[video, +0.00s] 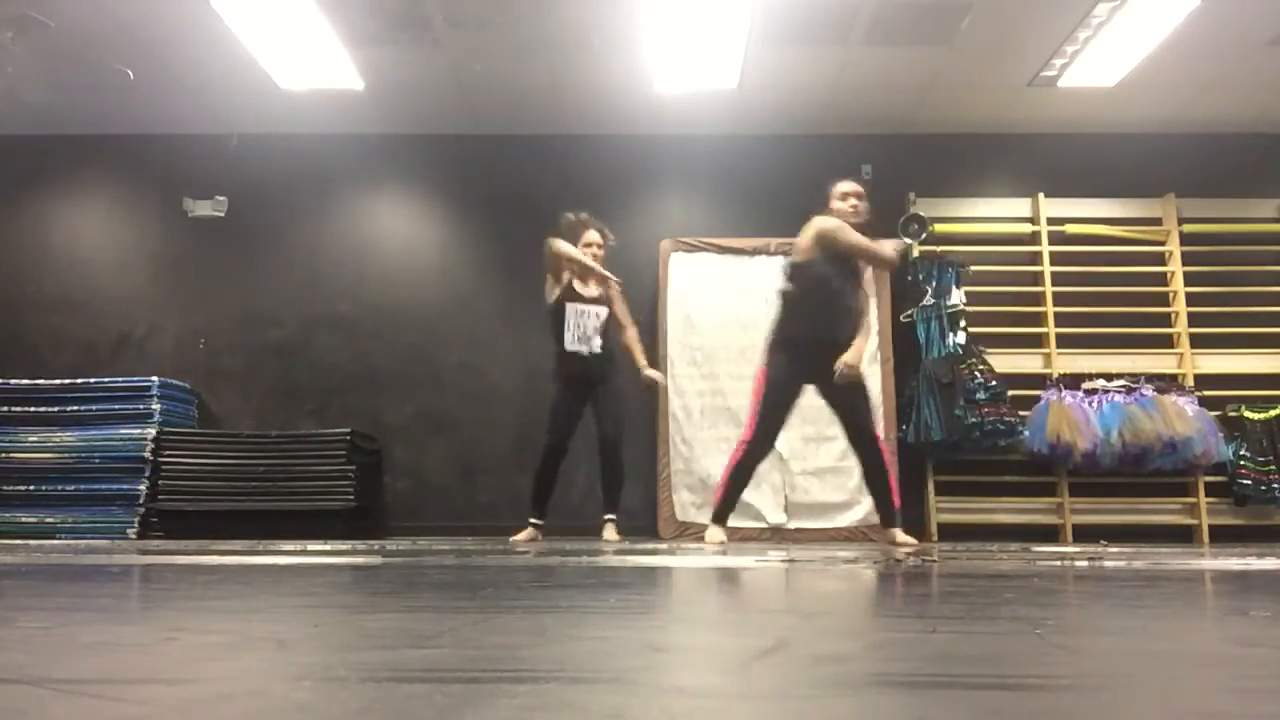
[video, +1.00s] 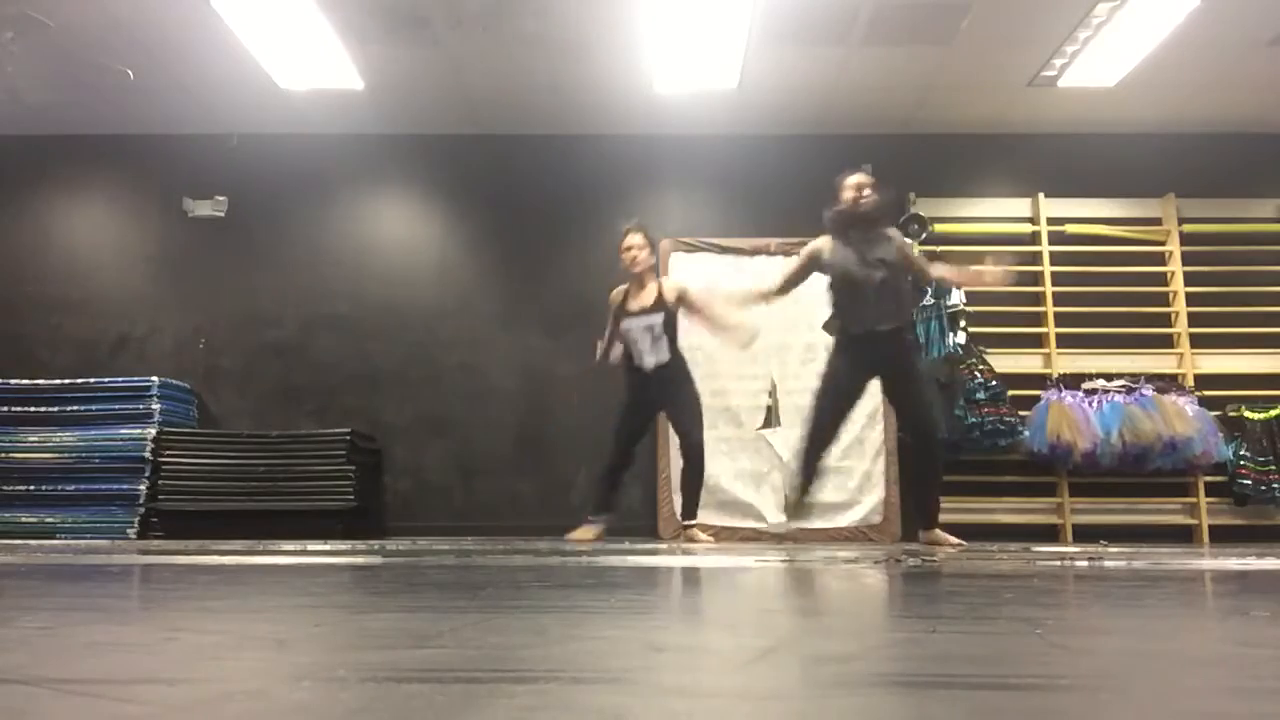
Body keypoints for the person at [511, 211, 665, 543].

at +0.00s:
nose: (595, 253)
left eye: (599, 247)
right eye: (588, 246)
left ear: (605, 251)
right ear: (574, 251)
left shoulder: (608, 288)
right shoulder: (559, 282)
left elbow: (628, 327)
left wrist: (643, 366)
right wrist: (595, 269)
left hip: (605, 377)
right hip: (571, 376)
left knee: (611, 442)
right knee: (554, 445)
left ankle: (610, 522)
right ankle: (535, 524)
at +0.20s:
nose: (573, 261)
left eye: (573, 254)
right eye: (567, 254)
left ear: (567, 257)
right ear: (545, 256)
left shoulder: (572, 292)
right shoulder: (525, 288)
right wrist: (524, 256)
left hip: (596, 377)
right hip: (562, 383)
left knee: (632, 437)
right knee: (545, 454)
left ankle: (676, 505)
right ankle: (534, 527)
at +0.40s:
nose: (550, 281)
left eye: (549, 274)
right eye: (543, 276)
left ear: (545, 277)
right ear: (523, 282)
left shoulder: (559, 305)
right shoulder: (505, 322)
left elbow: (579, 337)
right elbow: (476, 358)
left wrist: (591, 361)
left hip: (597, 389)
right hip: (563, 403)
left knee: (647, 438)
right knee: (541, 459)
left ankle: (707, 486)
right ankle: (535, 529)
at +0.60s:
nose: (565, 305)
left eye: (563, 298)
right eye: (557, 301)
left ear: (563, 299)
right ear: (536, 311)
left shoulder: (580, 326)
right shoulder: (523, 351)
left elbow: (607, 361)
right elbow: (507, 396)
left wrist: (628, 397)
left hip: (605, 408)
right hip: (569, 418)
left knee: (650, 445)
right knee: (540, 463)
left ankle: (703, 508)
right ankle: (535, 530)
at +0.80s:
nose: (597, 297)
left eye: (603, 289)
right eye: (591, 292)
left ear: (616, 297)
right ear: (582, 302)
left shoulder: (634, 324)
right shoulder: (573, 340)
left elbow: (648, 370)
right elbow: (563, 387)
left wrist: (657, 413)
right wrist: (553, 431)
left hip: (635, 414)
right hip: (595, 418)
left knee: (674, 449)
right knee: (558, 458)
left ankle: (686, 525)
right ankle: (536, 529)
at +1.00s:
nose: (634, 254)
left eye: (640, 248)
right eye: (627, 250)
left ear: (653, 252)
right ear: (621, 258)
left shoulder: (672, 290)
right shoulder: (619, 297)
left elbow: (708, 313)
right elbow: (612, 333)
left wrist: (739, 331)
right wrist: (604, 353)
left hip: (676, 383)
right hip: (640, 387)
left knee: (694, 447)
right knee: (621, 452)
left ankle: (689, 524)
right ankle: (596, 522)